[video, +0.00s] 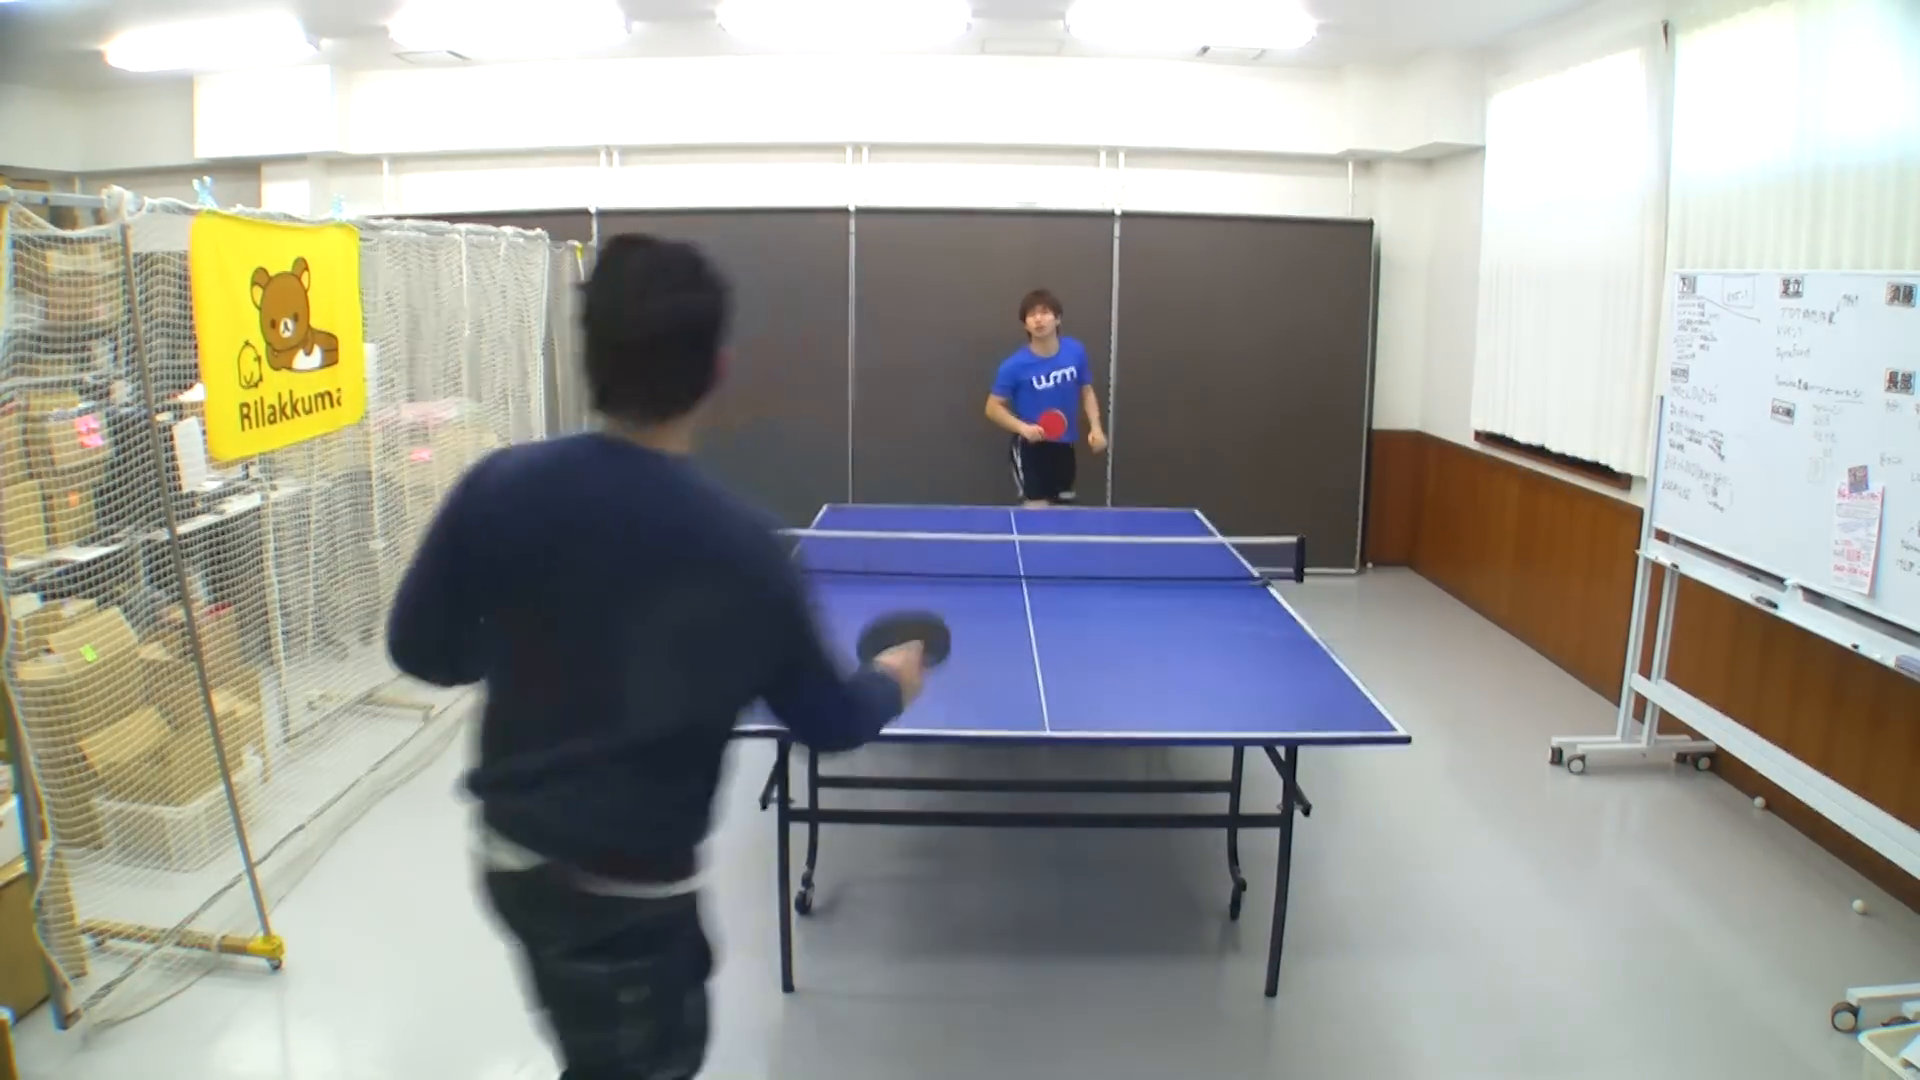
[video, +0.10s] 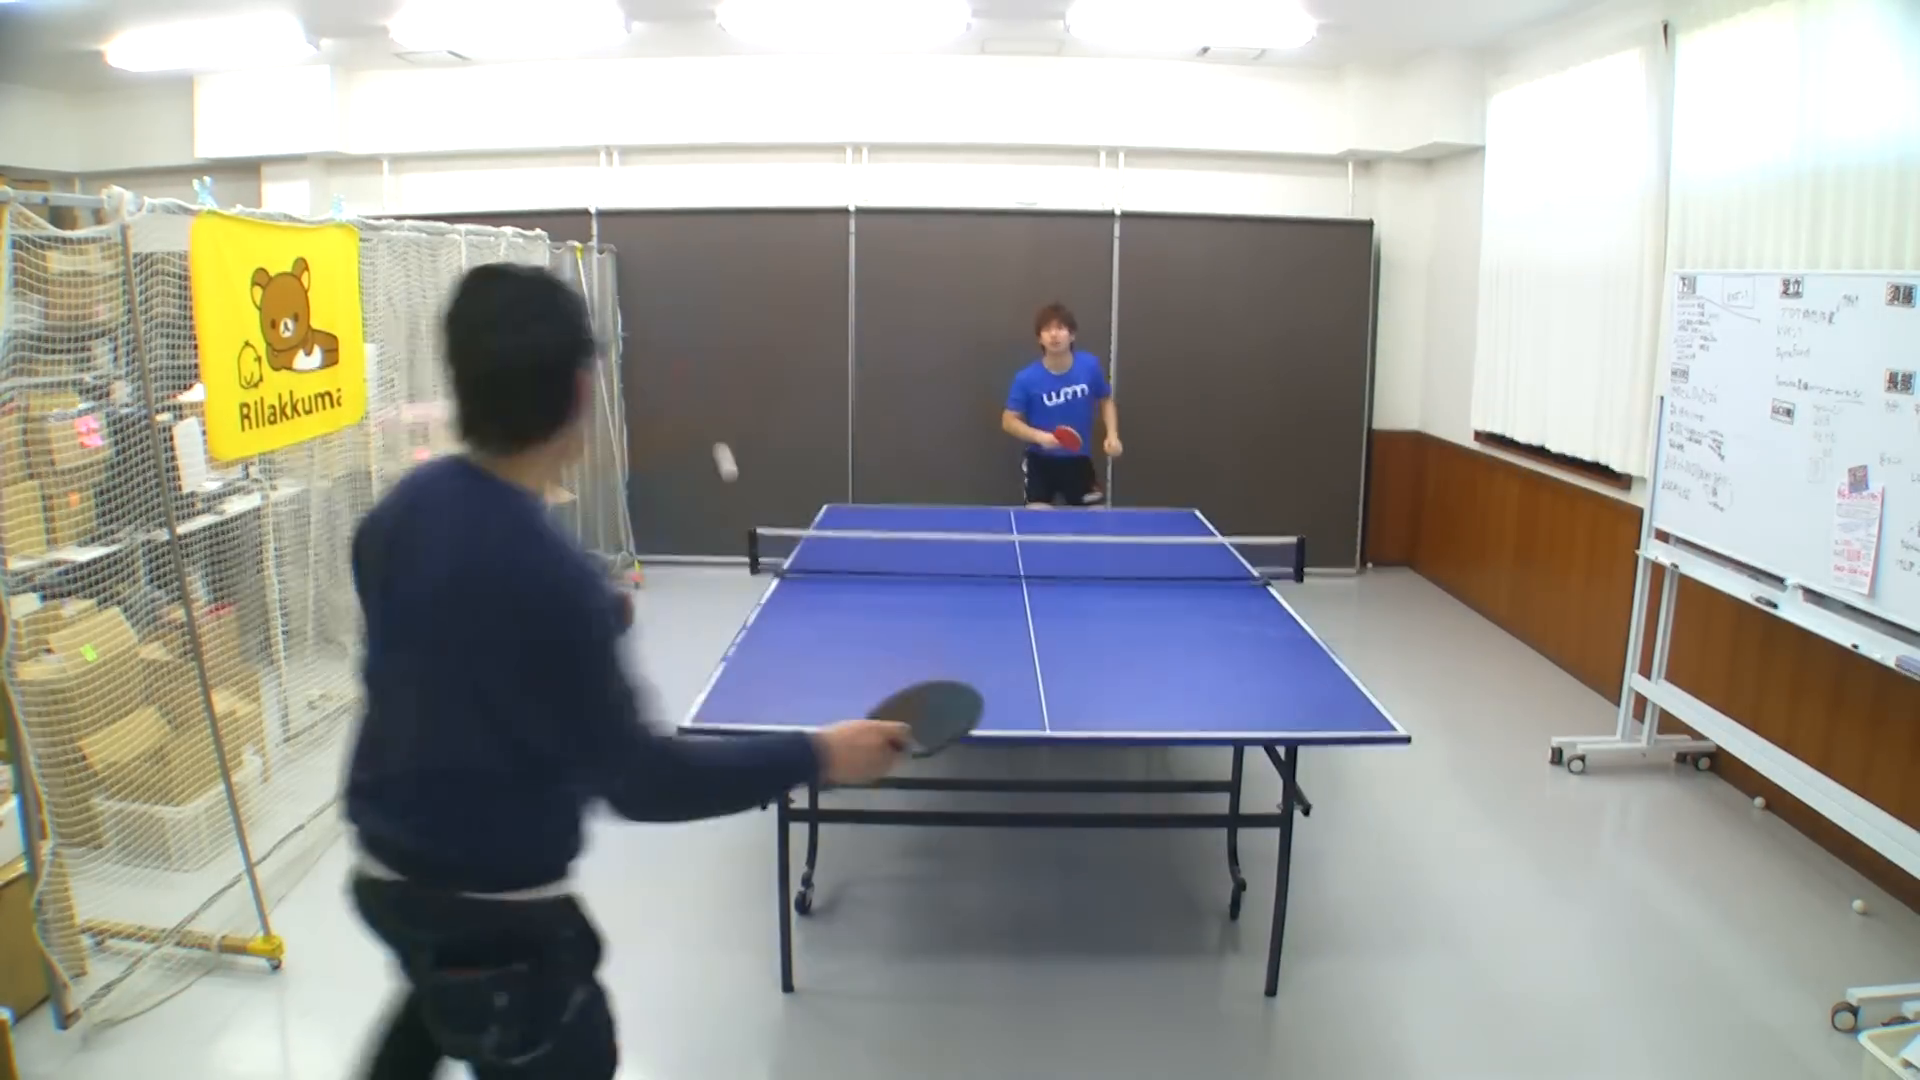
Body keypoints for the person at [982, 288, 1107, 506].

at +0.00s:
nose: (1039, 319)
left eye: (1045, 313)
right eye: (1032, 314)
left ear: (1057, 319)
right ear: (1025, 324)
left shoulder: (1075, 352)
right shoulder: (1013, 366)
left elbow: (1087, 390)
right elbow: (992, 407)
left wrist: (1095, 427)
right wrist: (1023, 428)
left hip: (1064, 444)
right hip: (1030, 445)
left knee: (1062, 512)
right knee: (1037, 511)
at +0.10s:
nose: (1054, 335)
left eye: (1060, 328)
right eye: (1048, 329)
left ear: (1071, 334)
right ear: (1040, 337)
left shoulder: (1088, 366)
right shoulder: (1026, 378)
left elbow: (1106, 399)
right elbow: (1009, 421)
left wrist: (1112, 435)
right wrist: (1040, 436)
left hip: (1078, 461)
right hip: (1041, 461)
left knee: (1095, 523)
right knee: (1038, 523)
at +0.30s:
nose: (1099, 350)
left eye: (1106, 344)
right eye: (1093, 344)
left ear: (1117, 352)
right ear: (1085, 351)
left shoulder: (1133, 382)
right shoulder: (1069, 389)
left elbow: (1162, 417)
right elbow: (1055, 425)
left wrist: (1149, 443)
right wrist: (1069, 440)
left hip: (1120, 471)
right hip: (1080, 470)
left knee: (1154, 520)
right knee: (1056, 521)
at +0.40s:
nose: (1119, 343)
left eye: (1126, 337)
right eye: (1114, 336)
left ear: (1137, 344)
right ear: (1106, 343)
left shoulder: (1156, 374)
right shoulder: (1095, 379)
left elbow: (1183, 409)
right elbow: (1080, 412)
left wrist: (1159, 432)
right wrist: (1081, 428)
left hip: (1146, 461)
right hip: (1107, 460)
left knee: (1167, 519)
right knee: (1078, 513)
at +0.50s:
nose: (1131, 333)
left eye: (1138, 327)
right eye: (1125, 327)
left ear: (1149, 334)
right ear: (1118, 333)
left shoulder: (1171, 362)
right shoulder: (1109, 370)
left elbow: (1199, 395)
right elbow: (1093, 403)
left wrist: (1173, 414)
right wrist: (1088, 419)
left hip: (1167, 449)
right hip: (1130, 449)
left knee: (1178, 519)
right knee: (1106, 514)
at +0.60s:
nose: (1142, 334)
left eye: (1148, 328)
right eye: (1136, 328)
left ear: (1161, 334)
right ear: (1129, 335)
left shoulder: (1184, 362)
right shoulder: (1122, 372)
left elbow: (1212, 395)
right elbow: (1104, 405)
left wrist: (1181, 407)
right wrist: (1097, 420)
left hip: (1187, 449)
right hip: (1149, 450)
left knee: (1200, 517)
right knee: (1135, 518)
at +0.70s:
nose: (1154, 345)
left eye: (1161, 339)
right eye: (1149, 339)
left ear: (1174, 345)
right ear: (1142, 346)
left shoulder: (1193, 372)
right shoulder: (1136, 383)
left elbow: (1222, 410)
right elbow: (1126, 416)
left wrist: (1183, 417)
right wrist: (1112, 429)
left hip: (1201, 459)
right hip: (1164, 461)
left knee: (1227, 521)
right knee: (1145, 520)